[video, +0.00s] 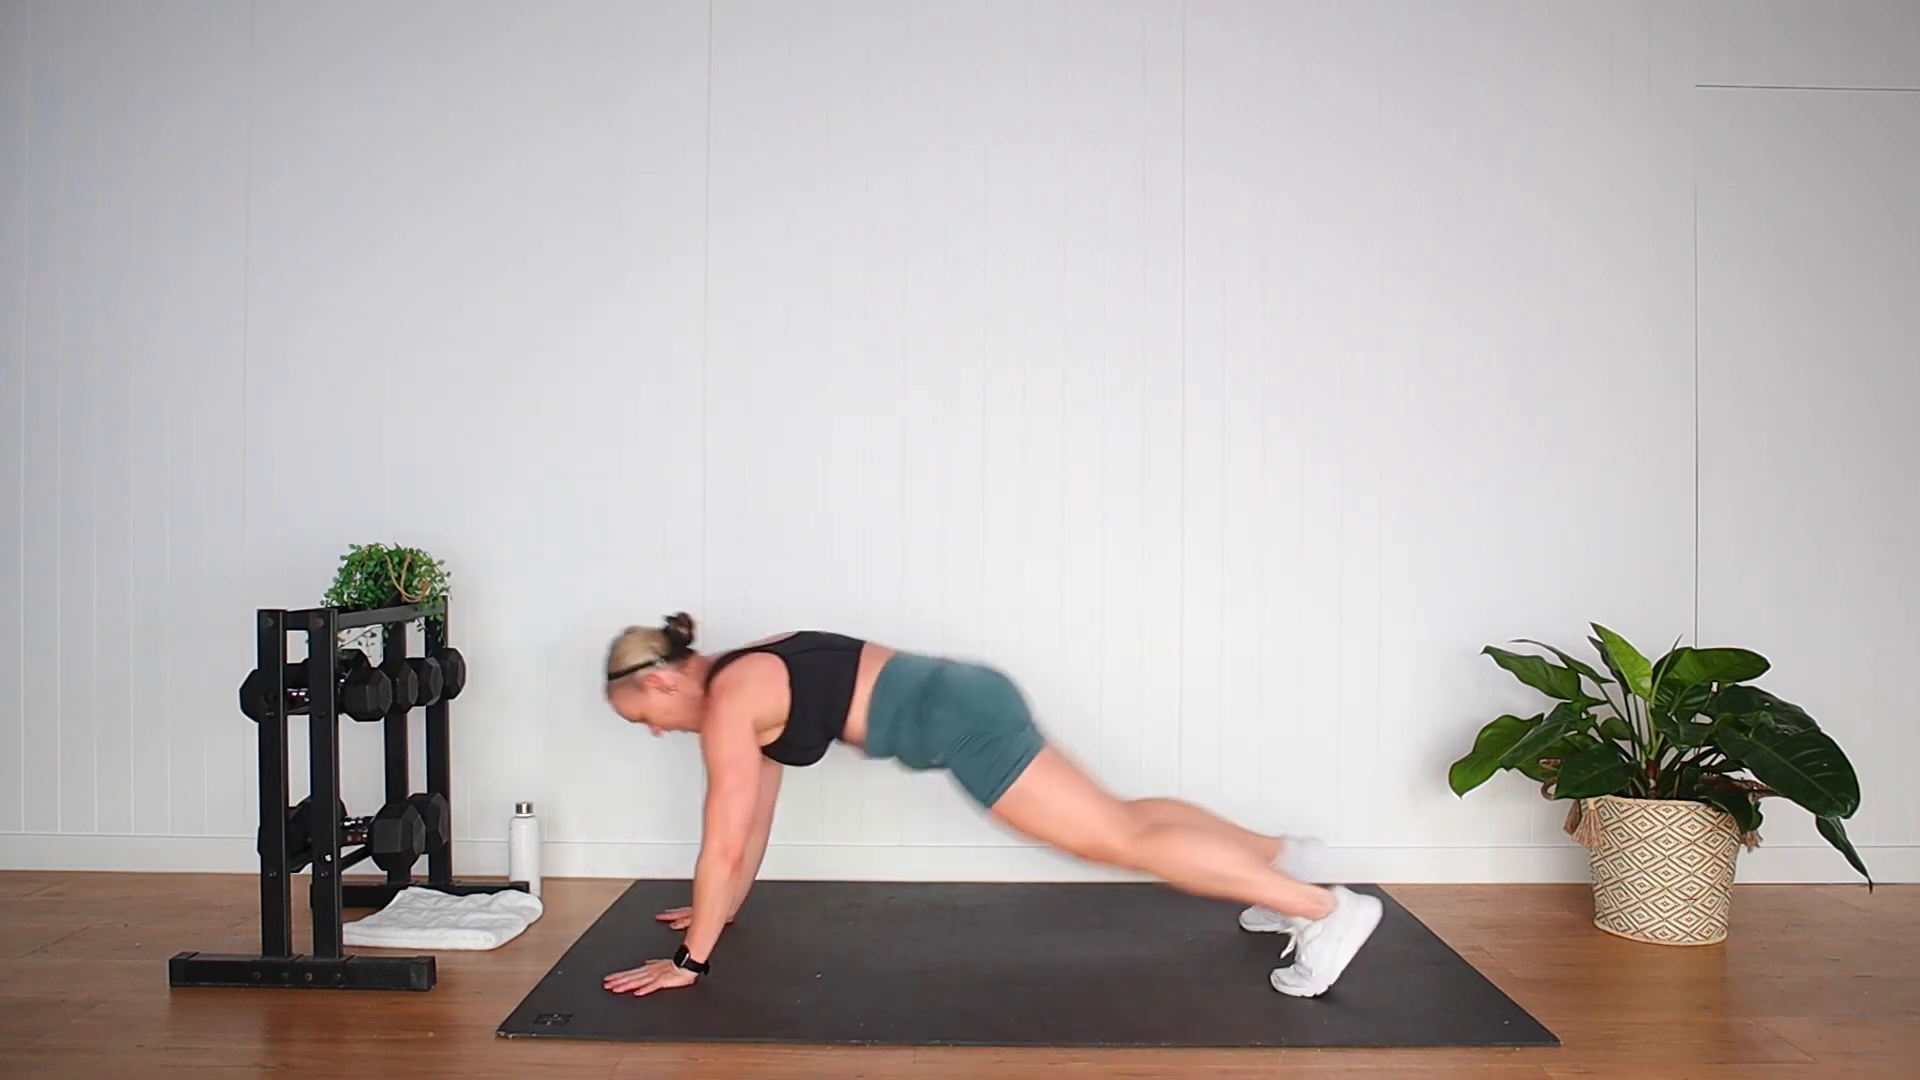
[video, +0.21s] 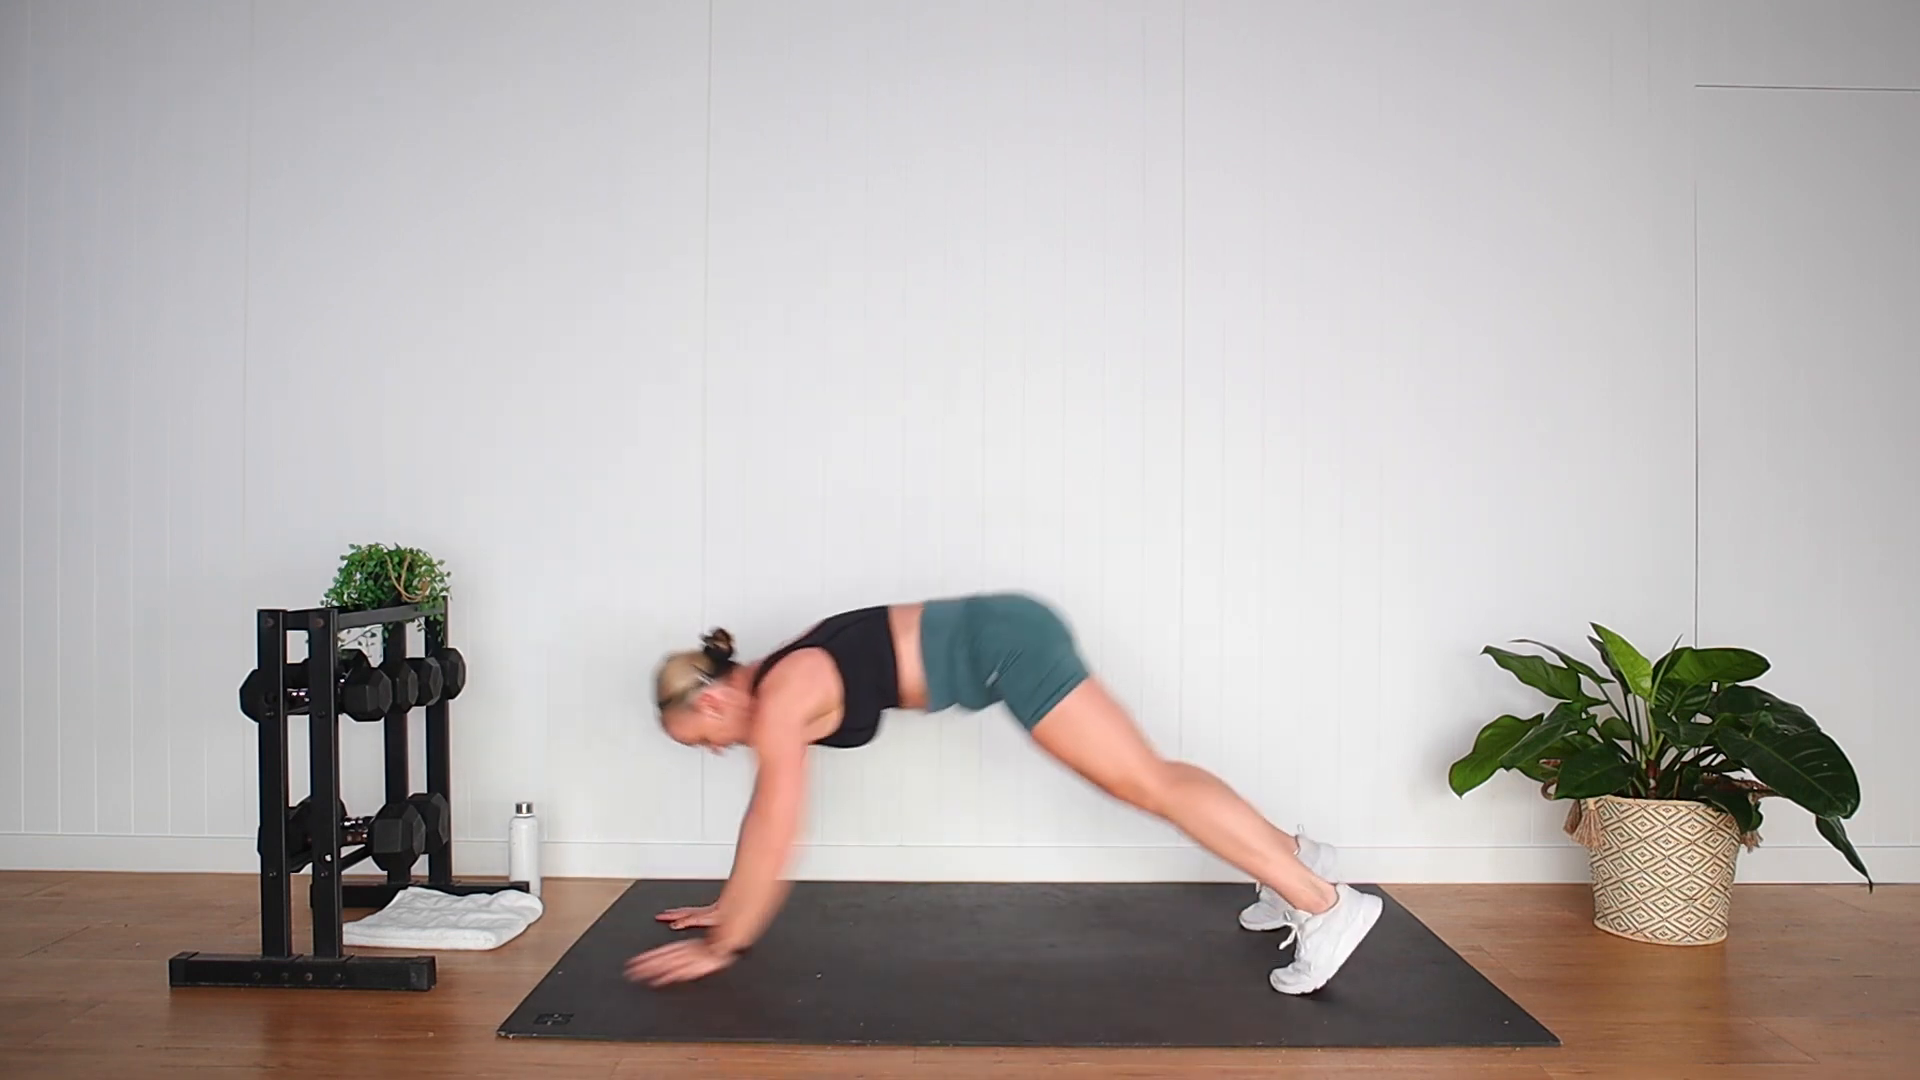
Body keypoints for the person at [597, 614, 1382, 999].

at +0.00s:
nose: (648, 729)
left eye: (641, 714)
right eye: (639, 719)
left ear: (665, 679)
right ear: (676, 668)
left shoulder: (728, 700)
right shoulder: (753, 685)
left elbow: (725, 849)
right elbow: (748, 833)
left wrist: (690, 962)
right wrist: (715, 915)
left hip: (958, 716)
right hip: (962, 702)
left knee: (1127, 844)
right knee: (1125, 819)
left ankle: (1326, 916)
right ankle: (1278, 857)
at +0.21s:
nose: (708, 744)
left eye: (697, 730)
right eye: (696, 736)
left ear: (718, 693)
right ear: (716, 691)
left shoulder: (787, 700)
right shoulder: (778, 689)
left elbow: (779, 832)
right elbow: (767, 815)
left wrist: (726, 944)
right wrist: (726, 911)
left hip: (1006, 645)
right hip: (1002, 640)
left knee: (1149, 786)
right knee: (1147, 775)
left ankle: (1325, 909)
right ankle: (1292, 862)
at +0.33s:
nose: (753, 761)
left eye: (741, 747)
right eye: (740, 753)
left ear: (756, 713)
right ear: (755, 707)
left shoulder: (832, 703)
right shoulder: (812, 698)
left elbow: (884, 823)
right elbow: (783, 819)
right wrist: (728, 907)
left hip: (1031, 618)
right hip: (1023, 623)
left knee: (1170, 773)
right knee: (1168, 767)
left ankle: (1331, 905)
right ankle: (1305, 871)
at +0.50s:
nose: (848, 783)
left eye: (835, 775)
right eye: (835, 780)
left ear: (851, 733)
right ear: (850, 724)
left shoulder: (916, 715)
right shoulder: (894, 707)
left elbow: (924, 847)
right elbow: (854, 814)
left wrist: (886, 956)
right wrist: (770, 892)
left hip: (1106, 589)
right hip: (1099, 593)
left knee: (1216, 763)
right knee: (1209, 757)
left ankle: (1362, 916)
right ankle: (1321, 878)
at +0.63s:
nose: (904, 788)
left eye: (892, 778)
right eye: (892, 783)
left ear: (896, 732)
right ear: (896, 729)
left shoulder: (954, 711)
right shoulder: (944, 700)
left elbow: (937, 855)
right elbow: (958, 812)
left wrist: (884, 957)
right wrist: (912, 892)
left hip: (1150, 582)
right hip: (1136, 585)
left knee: (1234, 768)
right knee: (1224, 761)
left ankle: (1368, 921)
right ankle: (1319, 876)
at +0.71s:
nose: (932, 783)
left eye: (920, 773)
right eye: (919, 778)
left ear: (928, 731)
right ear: (931, 727)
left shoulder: (988, 717)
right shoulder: (985, 700)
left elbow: (951, 856)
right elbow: (1052, 779)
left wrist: (885, 956)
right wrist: (1039, 882)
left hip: (1181, 575)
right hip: (1159, 580)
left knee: (1247, 768)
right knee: (1229, 757)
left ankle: (1374, 928)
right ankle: (1321, 878)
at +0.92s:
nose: (1023, 790)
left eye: (1011, 781)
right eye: (1009, 786)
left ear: (1020, 745)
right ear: (1018, 732)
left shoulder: (1081, 729)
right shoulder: (1064, 698)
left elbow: (1038, 870)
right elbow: (1098, 816)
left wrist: (946, 946)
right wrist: (1070, 913)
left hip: (1272, 572)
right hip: (1230, 570)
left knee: (1265, 766)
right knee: (1224, 739)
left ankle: (1382, 938)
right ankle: (1324, 881)